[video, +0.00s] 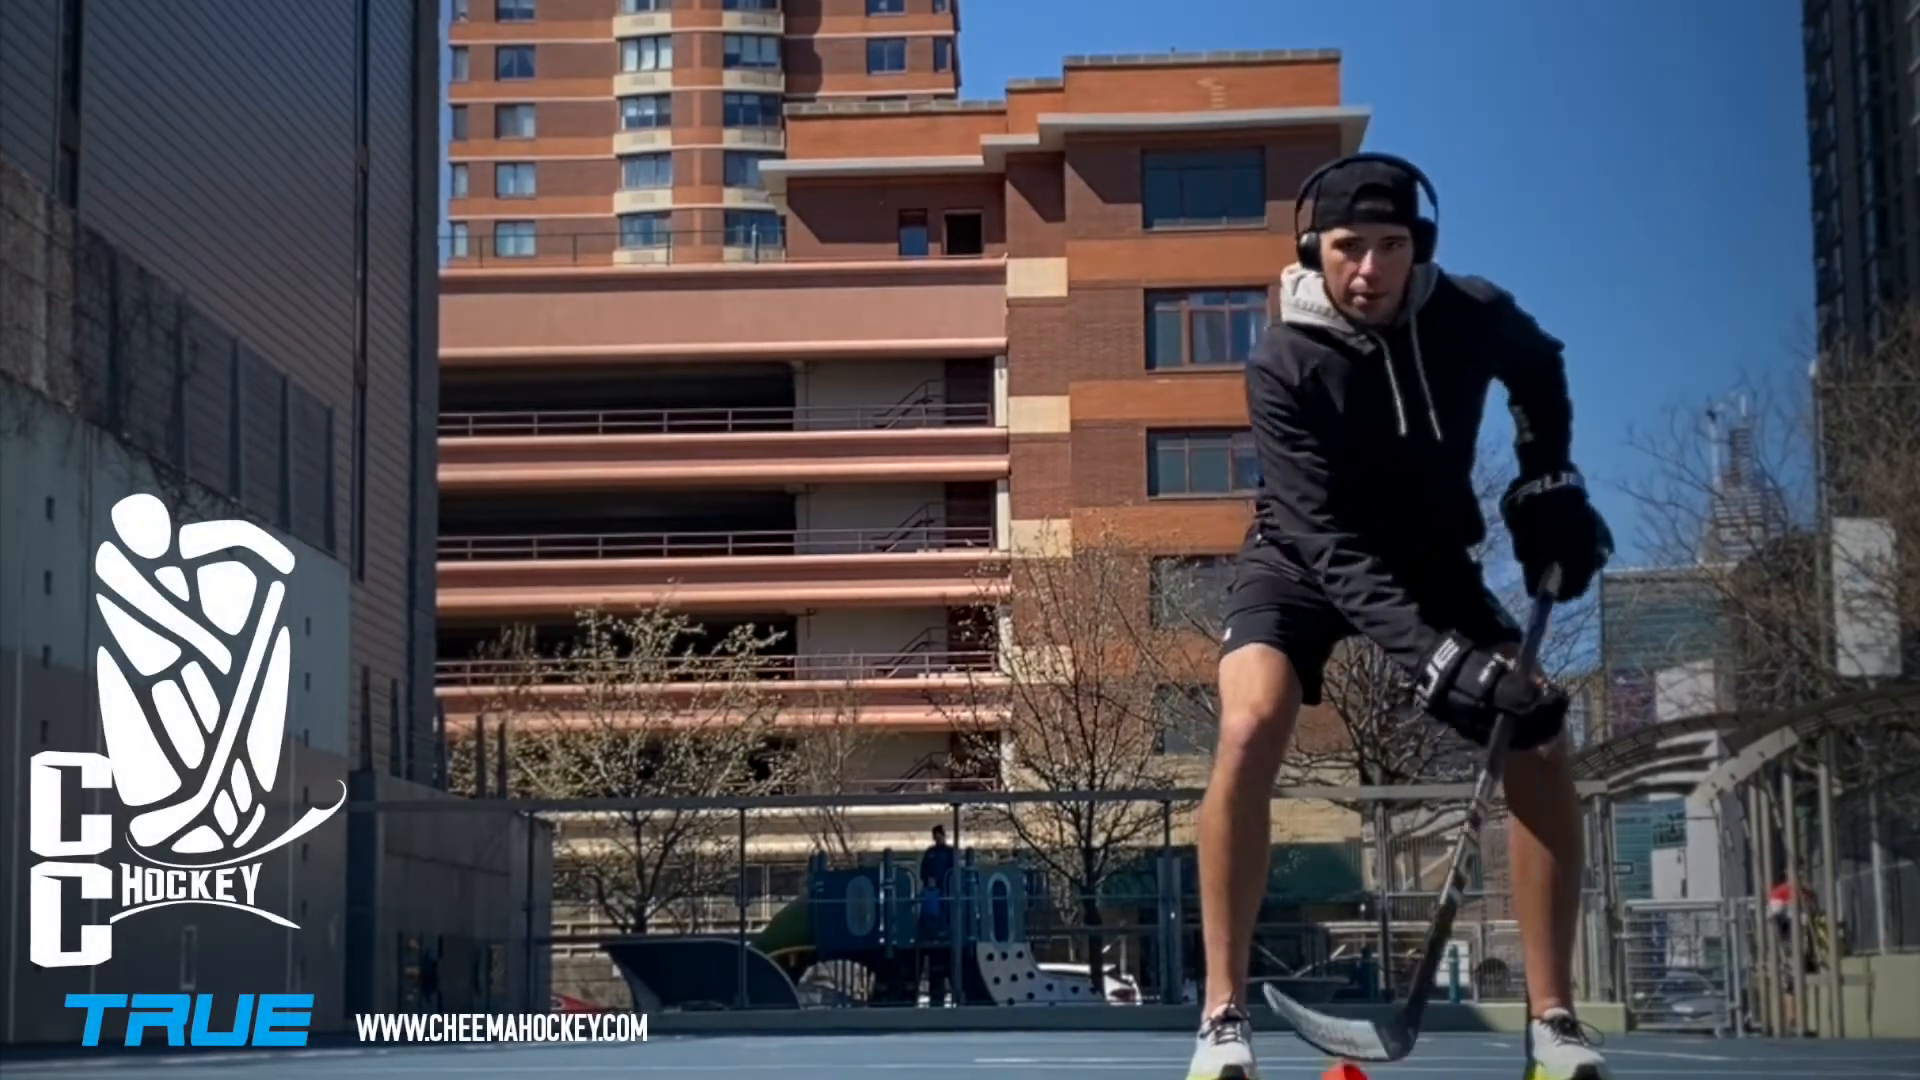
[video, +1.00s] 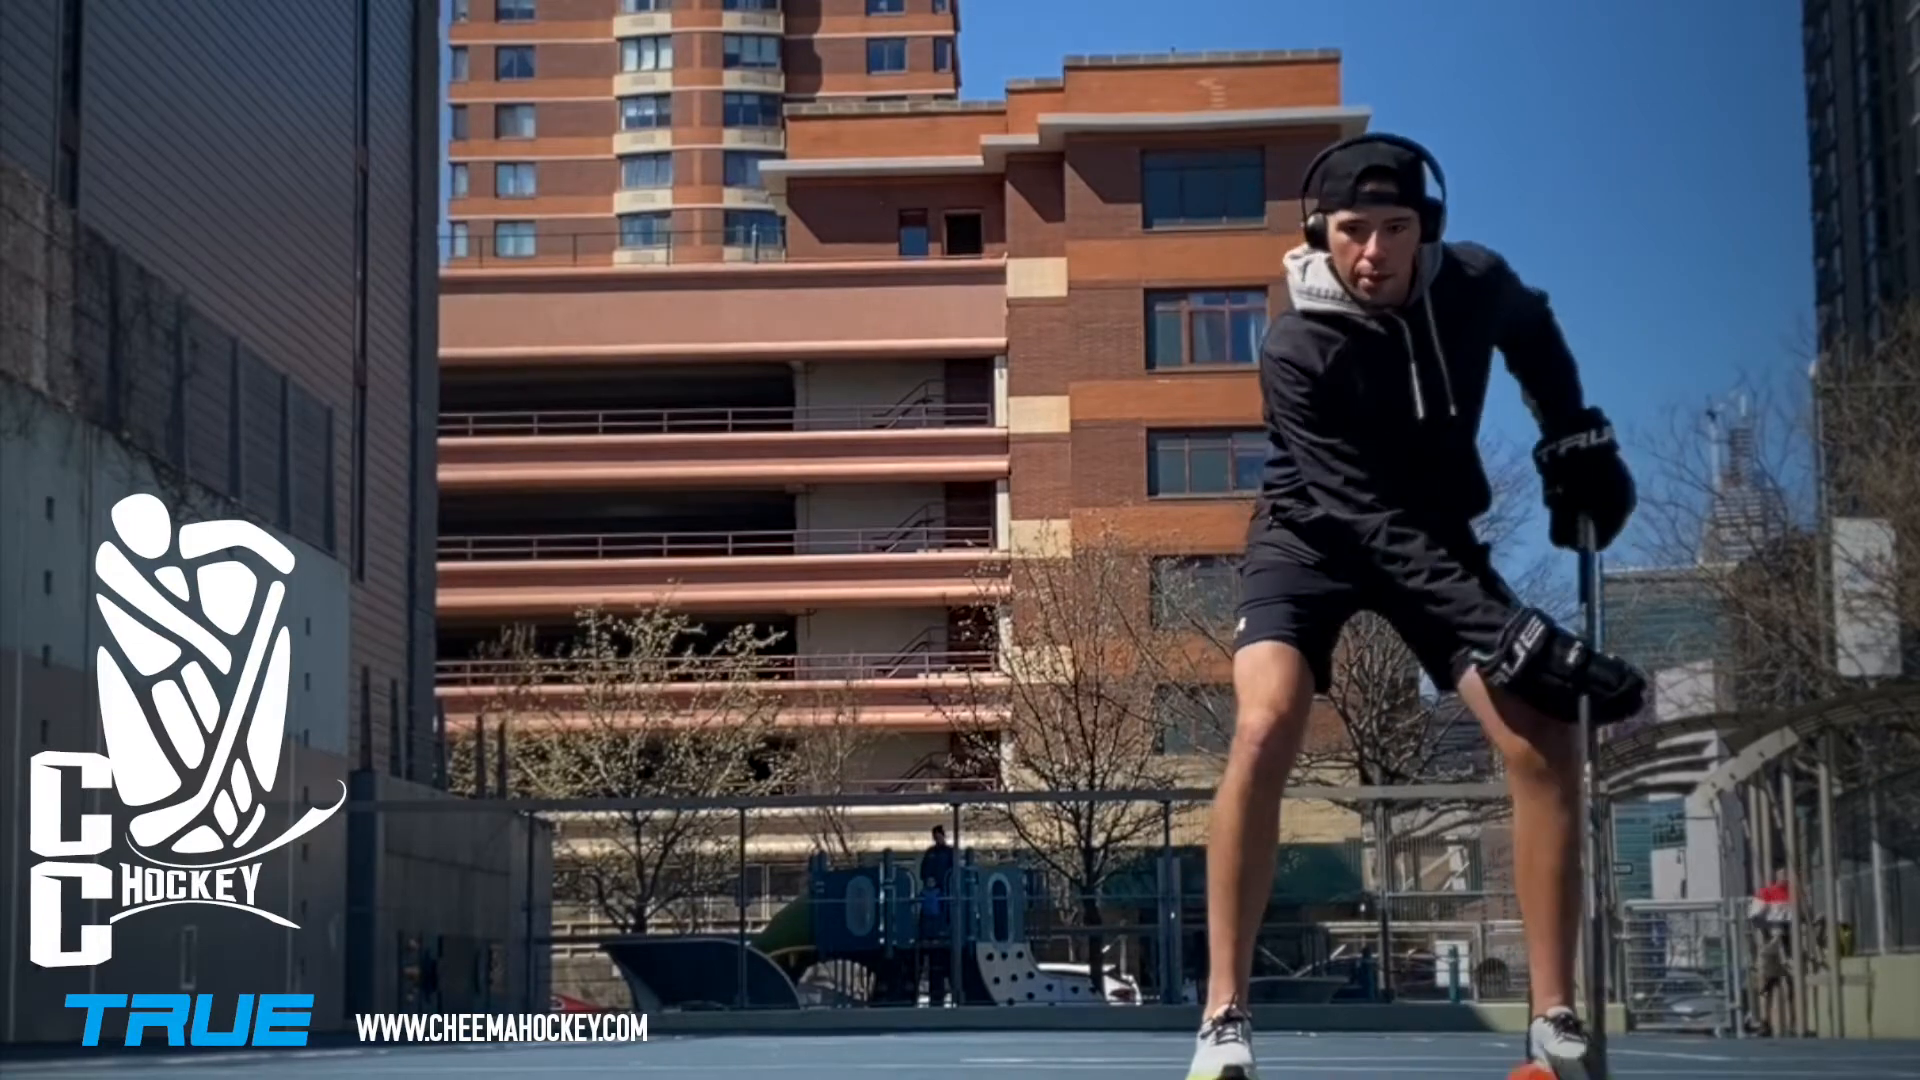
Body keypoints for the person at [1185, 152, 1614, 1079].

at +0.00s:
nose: (1369, 271)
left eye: (1389, 249)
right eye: (1348, 249)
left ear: (1420, 250)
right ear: (1312, 252)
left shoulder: (1472, 315)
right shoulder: (1287, 361)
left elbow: (1538, 370)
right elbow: (1322, 544)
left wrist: (1548, 483)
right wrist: (1435, 660)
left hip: (1431, 558)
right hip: (1301, 558)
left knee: (1537, 742)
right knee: (1251, 727)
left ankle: (1553, 1018)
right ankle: (1222, 1013)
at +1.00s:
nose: (1372, 253)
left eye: (1393, 230)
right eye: (1352, 232)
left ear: (1427, 230)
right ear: (1320, 235)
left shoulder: (1471, 280)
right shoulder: (1300, 350)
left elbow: (1532, 333)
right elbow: (1372, 523)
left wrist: (1573, 442)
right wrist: (1520, 640)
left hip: (1435, 533)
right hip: (1309, 536)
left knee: (1543, 745)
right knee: (1266, 727)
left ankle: (1556, 1019)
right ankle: (1224, 1014)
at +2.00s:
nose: (1326, 266)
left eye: (1347, 244)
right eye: (1307, 246)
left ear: (1384, 237)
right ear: (1280, 243)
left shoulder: (1444, 289)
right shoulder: (1258, 344)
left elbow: (1523, 331)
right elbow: (1294, 526)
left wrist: (1530, 455)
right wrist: (1408, 644)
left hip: (1414, 536)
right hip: (1282, 542)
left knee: (1517, 730)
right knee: (1236, 725)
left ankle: (1550, 1013)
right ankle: (1220, 1013)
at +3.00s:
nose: (1349, 256)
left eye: (1366, 234)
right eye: (1326, 237)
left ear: (1390, 235)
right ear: (1286, 242)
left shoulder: (1437, 293)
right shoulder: (1259, 354)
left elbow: (1498, 340)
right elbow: (1303, 535)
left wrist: (1512, 455)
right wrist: (1436, 647)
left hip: (1405, 540)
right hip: (1278, 542)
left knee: (1522, 740)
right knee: (1235, 729)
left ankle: (1549, 1013)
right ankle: (1220, 1015)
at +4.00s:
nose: (1543, 255)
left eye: (1546, 234)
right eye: (1525, 238)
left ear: (1534, 230)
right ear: (1462, 240)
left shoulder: (1537, 301)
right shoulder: (1372, 338)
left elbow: (1561, 391)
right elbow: (1404, 538)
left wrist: (1582, 478)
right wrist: (1544, 667)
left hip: (1455, 537)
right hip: (1335, 532)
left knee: (1557, 739)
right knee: (1298, 736)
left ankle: (1556, 1020)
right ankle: (1228, 1013)